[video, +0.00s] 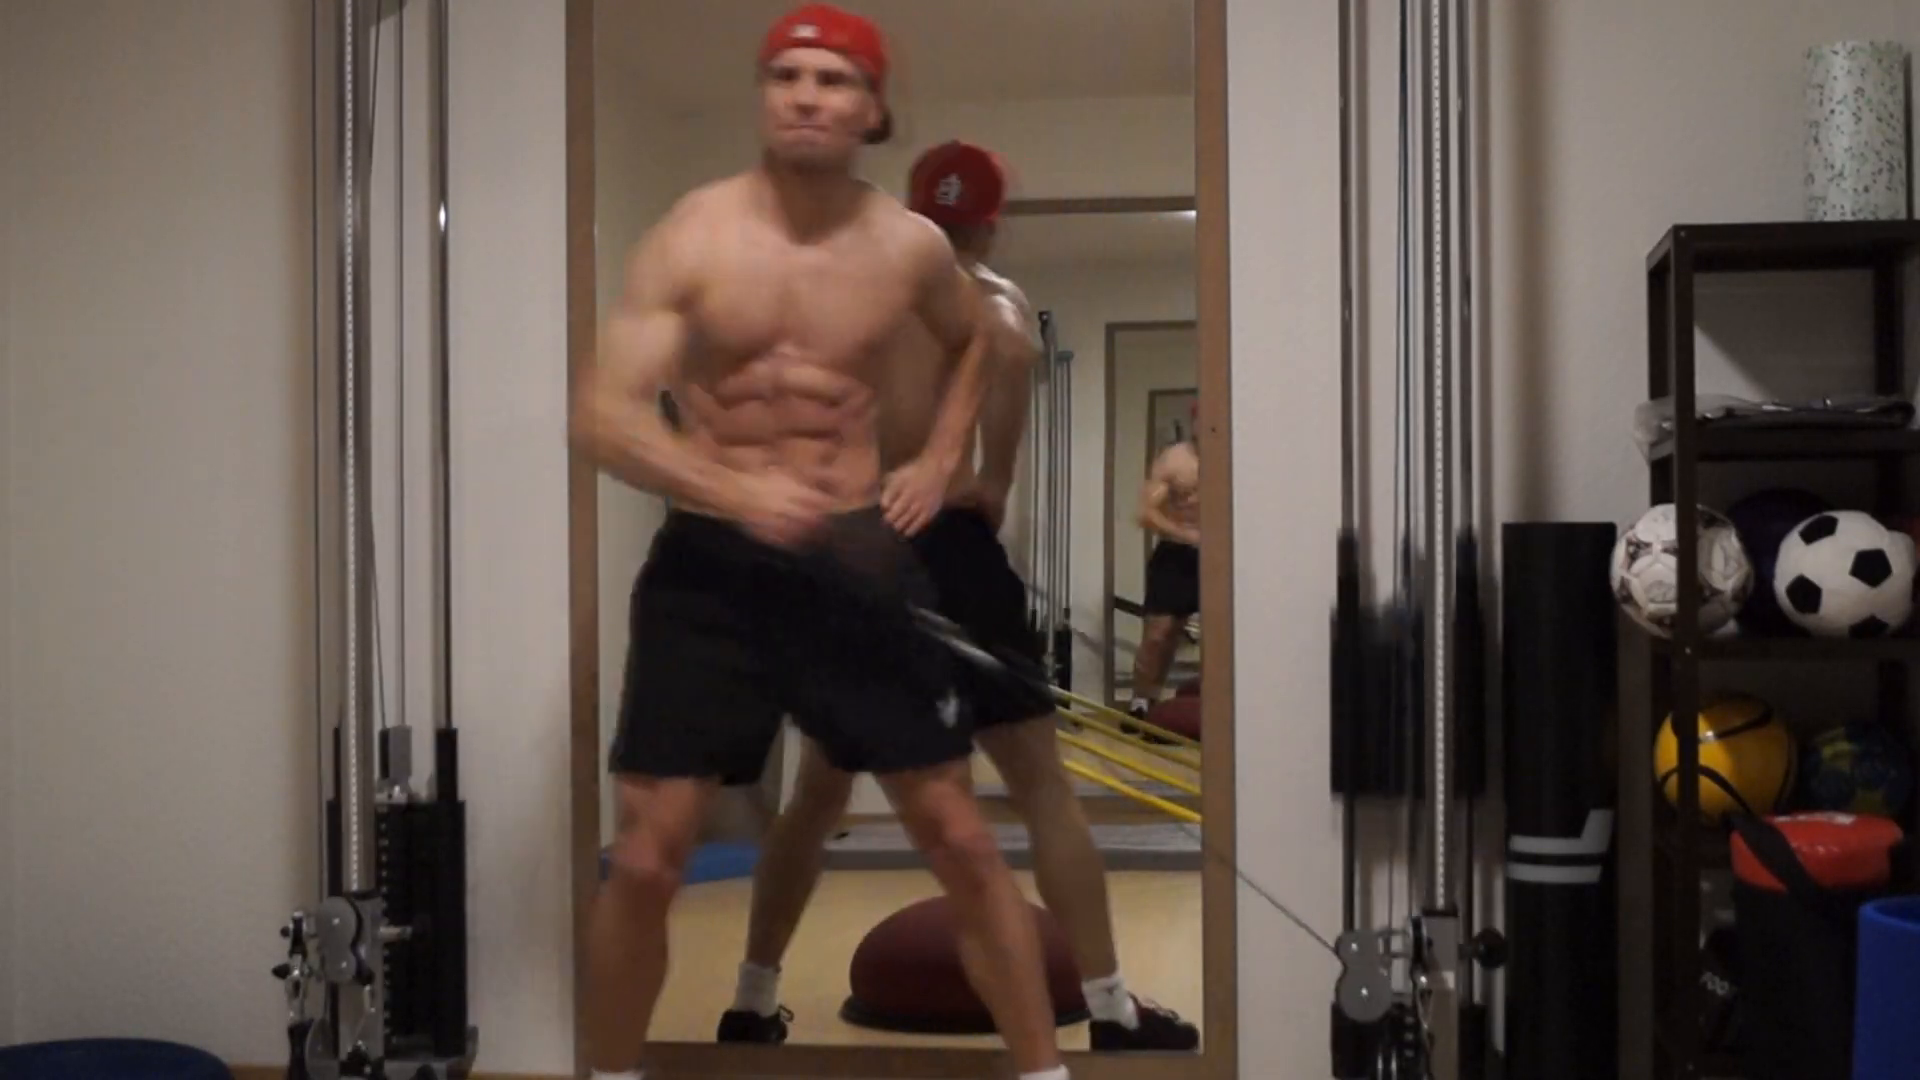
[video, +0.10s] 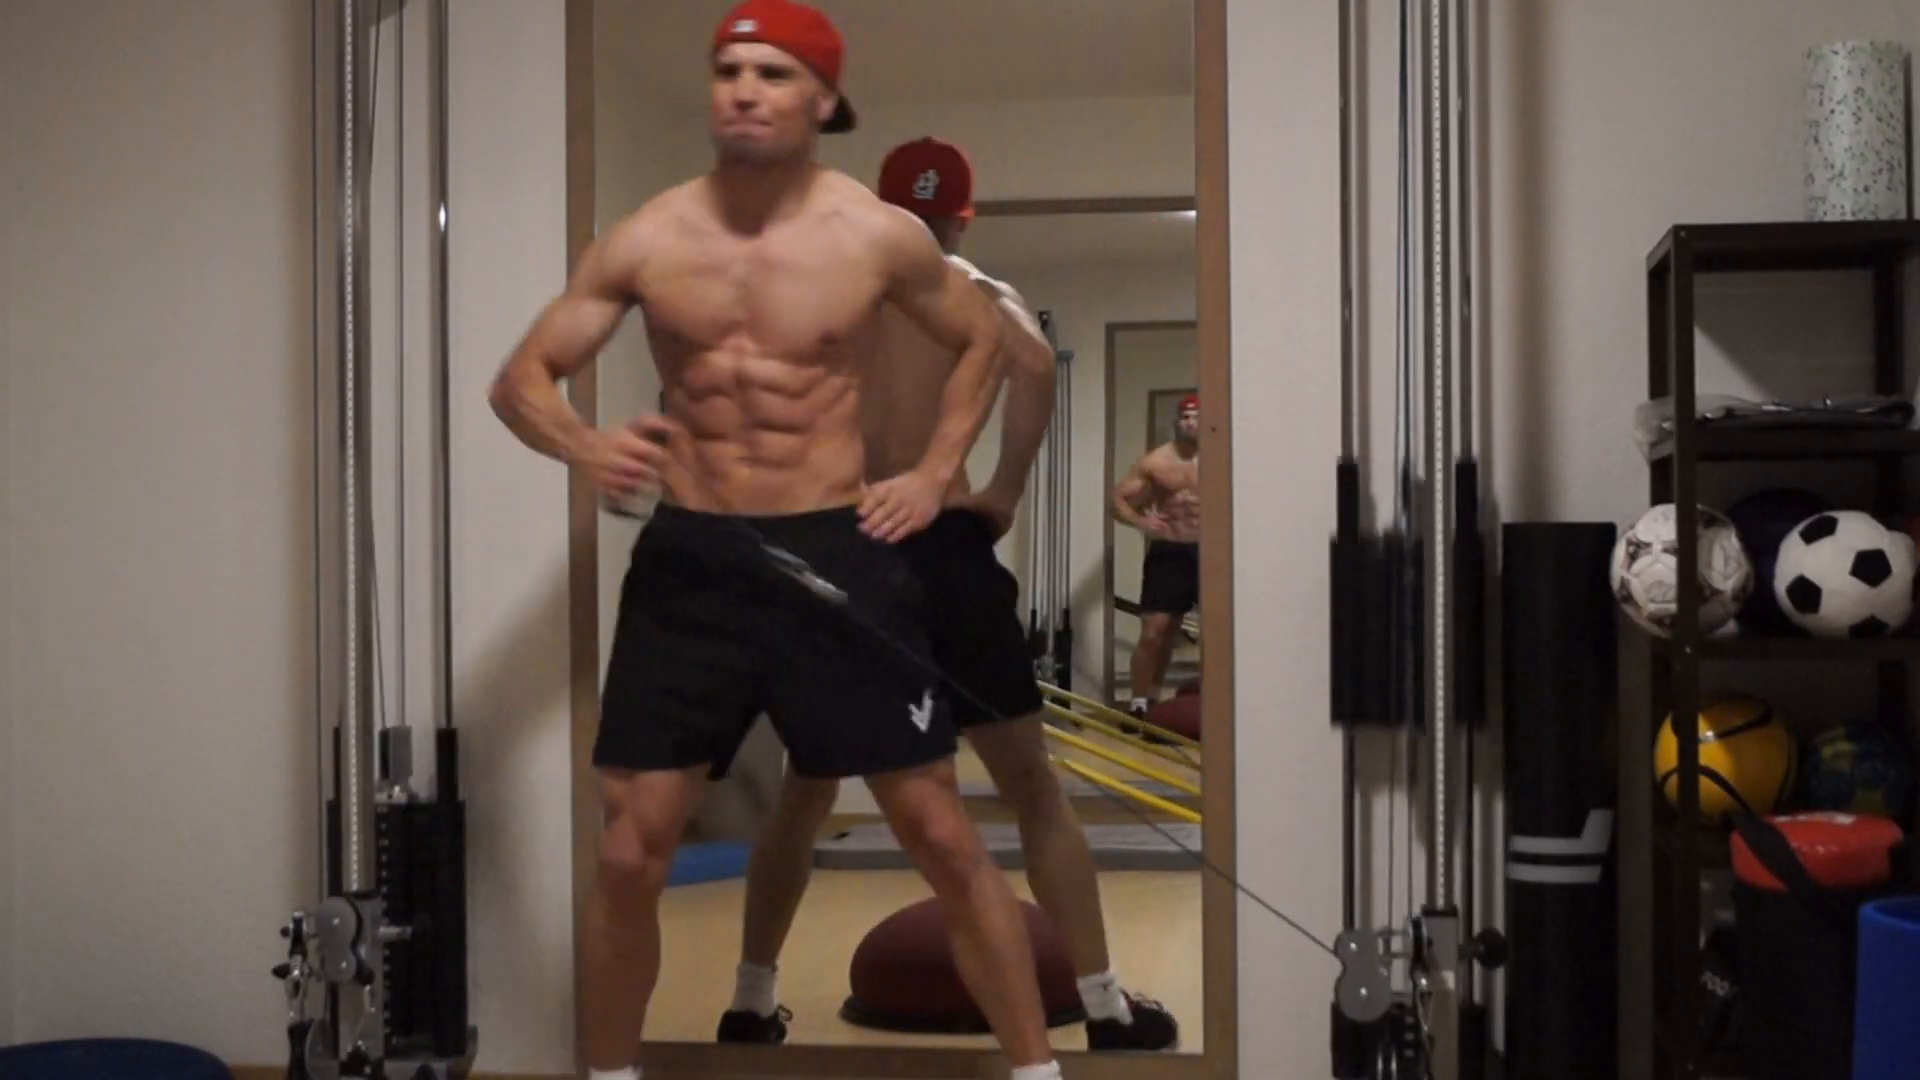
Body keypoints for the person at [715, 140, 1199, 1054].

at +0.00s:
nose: (997, 228)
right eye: (995, 214)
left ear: (913, 212)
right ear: (992, 222)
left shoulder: (860, 291)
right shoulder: (1007, 318)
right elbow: (997, 478)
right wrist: (980, 498)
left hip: (850, 545)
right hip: (959, 556)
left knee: (815, 798)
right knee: (1045, 788)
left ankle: (753, 997)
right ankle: (1110, 1005)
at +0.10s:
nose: (965, 229)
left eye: (948, 215)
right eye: (966, 215)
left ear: (880, 208)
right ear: (963, 218)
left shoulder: (822, 282)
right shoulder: (981, 295)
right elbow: (1035, 361)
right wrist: (1005, 495)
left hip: (832, 554)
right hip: (948, 554)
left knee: (802, 799)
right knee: (1035, 792)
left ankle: (751, 1000)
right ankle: (1102, 1001)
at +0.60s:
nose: (1036, 227)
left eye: (1026, 214)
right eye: (1034, 213)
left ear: (947, 209)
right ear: (1020, 216)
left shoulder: (892, 276)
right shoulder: (1025, 293)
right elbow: (1032, 382)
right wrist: (1023, 500)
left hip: (880, 546)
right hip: (987, 550)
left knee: (821, 795)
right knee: (1056, 783)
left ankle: (753, 996)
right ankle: (1086, 1003)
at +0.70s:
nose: (1060, 246)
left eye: (1061, 229)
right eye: (1057, 228)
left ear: (980, 215)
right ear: (1023, 220)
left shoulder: (917, 279)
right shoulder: (1005, 287)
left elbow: (894, 445)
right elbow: (986, 432)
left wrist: (1027, 526)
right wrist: (1029, 529)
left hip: (885, 556)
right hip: (980, 555)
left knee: (828, 798)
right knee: (1059, 782)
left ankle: (754, 999)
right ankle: (1088, 1005)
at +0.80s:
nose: (1092, 260)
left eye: (1095, 244)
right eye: (1088, 240)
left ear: (1031, 224)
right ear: (1042, 224)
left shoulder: (986, 305)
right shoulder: (991, 291)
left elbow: (1019, 480)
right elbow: (953, 443)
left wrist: (1096, 553)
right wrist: (1010, 554)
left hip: (901, 567)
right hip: (966, 573)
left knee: (840, 793)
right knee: (1059, 781)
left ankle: (756, 994)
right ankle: (1087, 1004)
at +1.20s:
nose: (1029, 298)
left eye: (1035, 283)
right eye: (1031, 278)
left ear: (970, 245)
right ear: (1004, 252)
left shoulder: (896, 294)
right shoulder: (969, 301)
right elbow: (955, 420)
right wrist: (988, 524)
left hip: (874, 554)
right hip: (953, 561)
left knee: (833, 792)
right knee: (1034, 779)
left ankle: (762, 993)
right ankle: (1083, 1000)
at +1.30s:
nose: (1011, 288)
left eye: (1012, 277)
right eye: (1011, 274)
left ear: (926, 235)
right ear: (993, 253)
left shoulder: (852, 284)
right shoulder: (987, 289)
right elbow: (1016, 374)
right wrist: (1008, 493)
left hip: (837, 544)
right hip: (945, 546)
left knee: (811, 782)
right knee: (1025, 781)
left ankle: (757, 991)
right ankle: (1082, 1000)